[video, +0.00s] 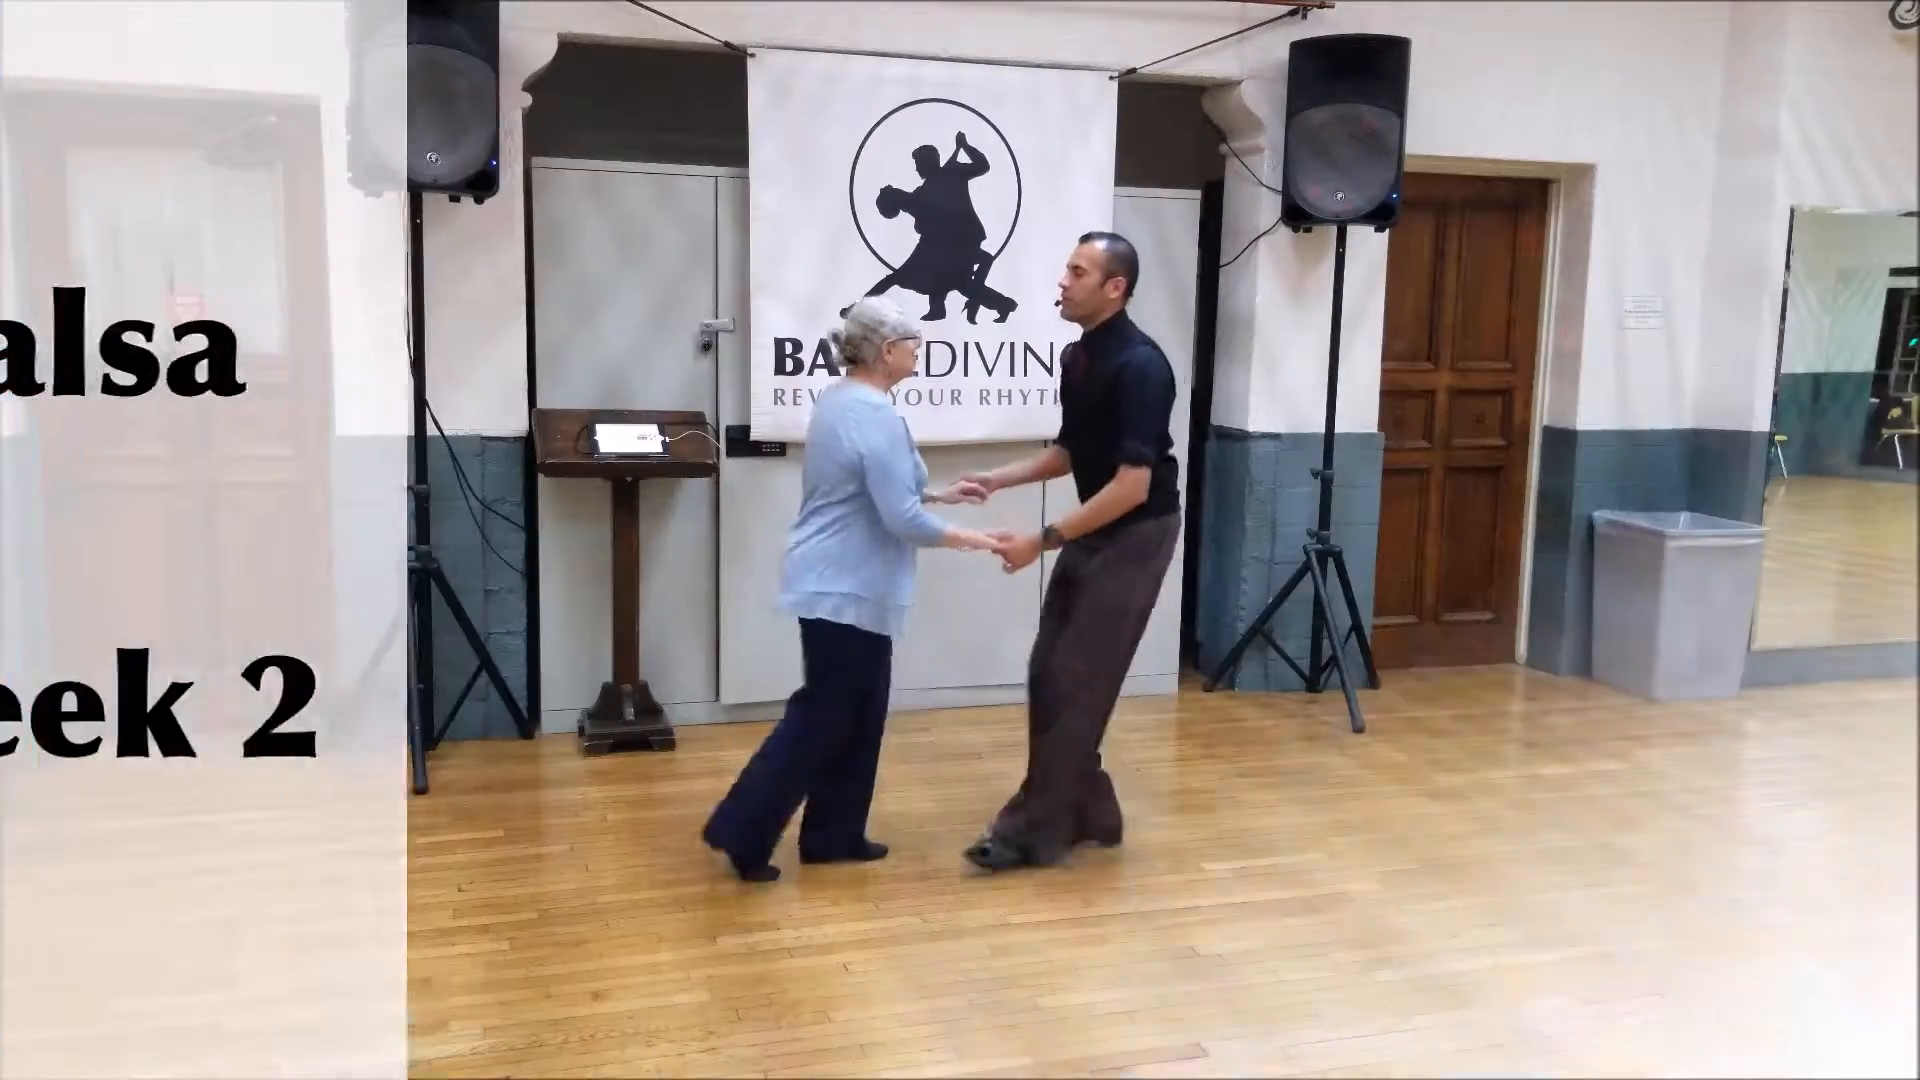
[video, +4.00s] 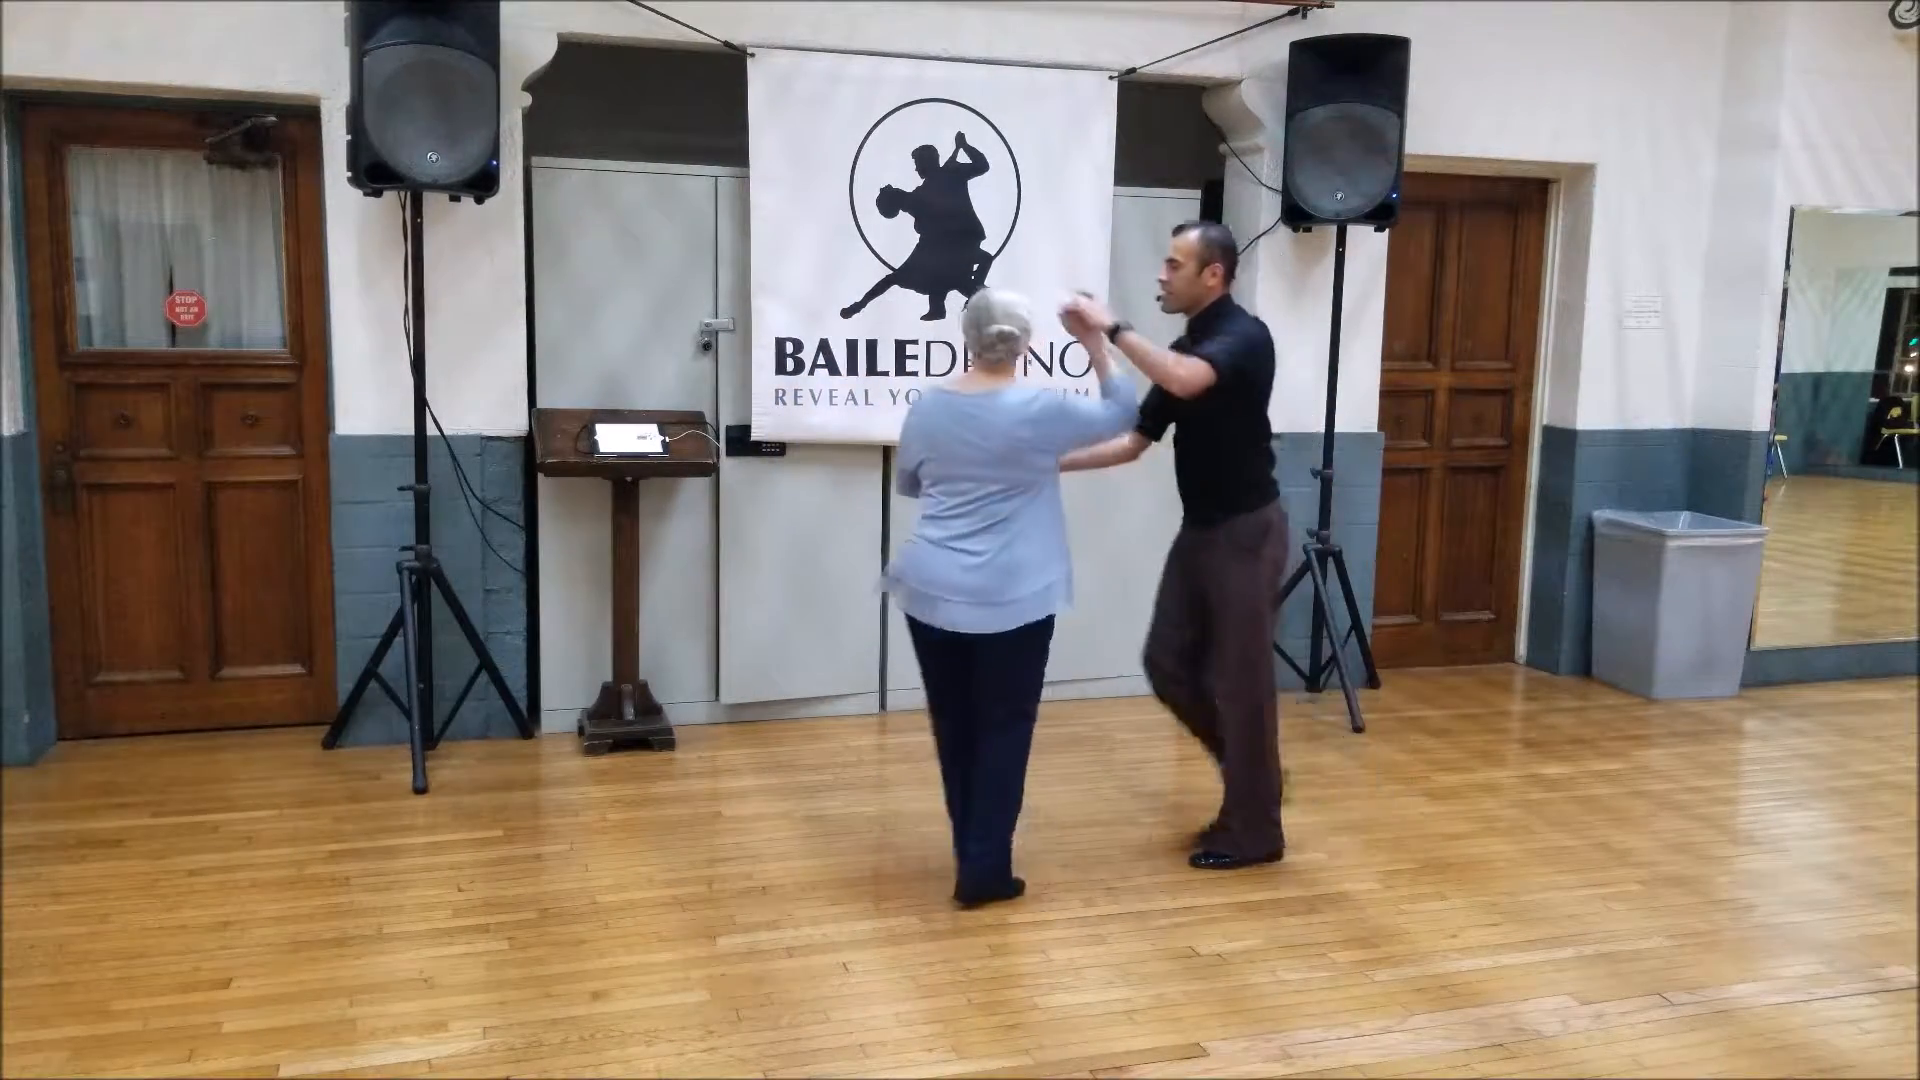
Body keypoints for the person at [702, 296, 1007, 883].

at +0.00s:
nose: (918, 352)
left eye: (916, 342)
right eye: (911, 343)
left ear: (872, 349)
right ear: (884, 350)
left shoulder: (838, 402)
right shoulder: (876, 418)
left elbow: (876, 493)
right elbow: (904, 517)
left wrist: (943, 495)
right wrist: (974, 538)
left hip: (837, 582)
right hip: (850, 589)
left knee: (858, 713)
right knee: (833, 712)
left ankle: (833, 835)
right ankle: (742, 829)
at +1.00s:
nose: (1049, 350)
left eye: (1046, 340)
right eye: (1042, 341)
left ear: (1006, 352)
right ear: (1017, 351)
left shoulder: (986, 412)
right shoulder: (1006, 422)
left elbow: (1041, 484)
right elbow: (1065, 518)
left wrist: (1103, 481)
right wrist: (1135, 536)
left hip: (1011, 584)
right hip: (1007, 588)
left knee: (1049, 703)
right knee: (1031, 703)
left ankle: (1055, 824)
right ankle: (963, 827)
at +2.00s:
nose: (917, 350)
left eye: (915, 340)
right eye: (910, 341)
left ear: (869, 347)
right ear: (882, 346)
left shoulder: (835, 403)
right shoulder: (870, 415)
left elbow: (884, 496)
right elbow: (877, 512)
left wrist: (945, 500)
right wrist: (945, 531)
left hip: (815, 582)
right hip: (854, 589)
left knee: (827, 704)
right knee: (883, 702)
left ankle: (820, 837)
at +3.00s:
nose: (932, 350)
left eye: (930, 340)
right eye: (926, 341)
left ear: (879, 347)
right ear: (900, 349)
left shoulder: (839, 405)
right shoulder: (909, 419)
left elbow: (954, 471)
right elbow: (986, 490)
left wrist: (1043, 466)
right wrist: (1059, 473)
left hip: (838, 590)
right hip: (905, 595)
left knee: (835, 716)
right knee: (919, 723)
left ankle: (797, 844)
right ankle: (910, 846)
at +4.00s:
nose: (1024, 350)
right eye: (1025, 342)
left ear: (966, 341)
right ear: (1022, 346)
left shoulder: (927, 406)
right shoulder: (1039, 413)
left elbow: (909, 479)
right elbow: (1121, 412)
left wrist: (965, 467)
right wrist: (1096, 344)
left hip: (932, 595)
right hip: (1015, 599)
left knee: (954, 724)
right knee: (1004, 727)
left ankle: (974, 859)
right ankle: (985, 872)